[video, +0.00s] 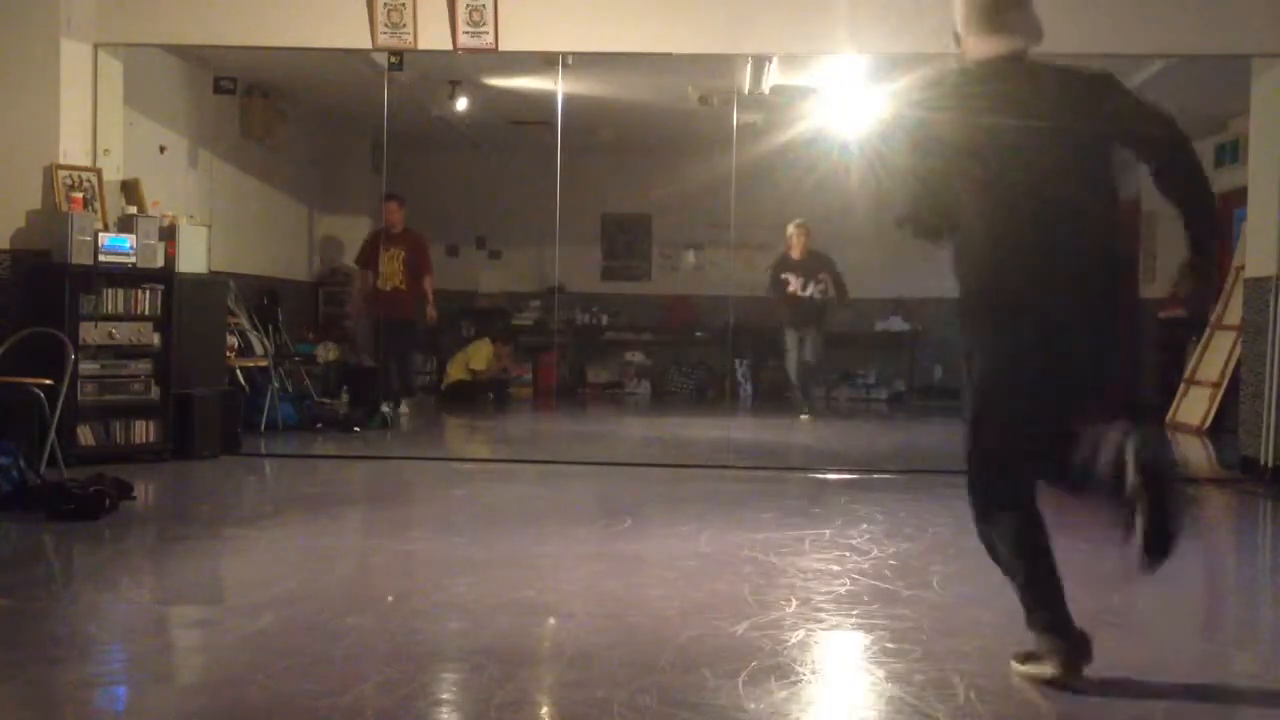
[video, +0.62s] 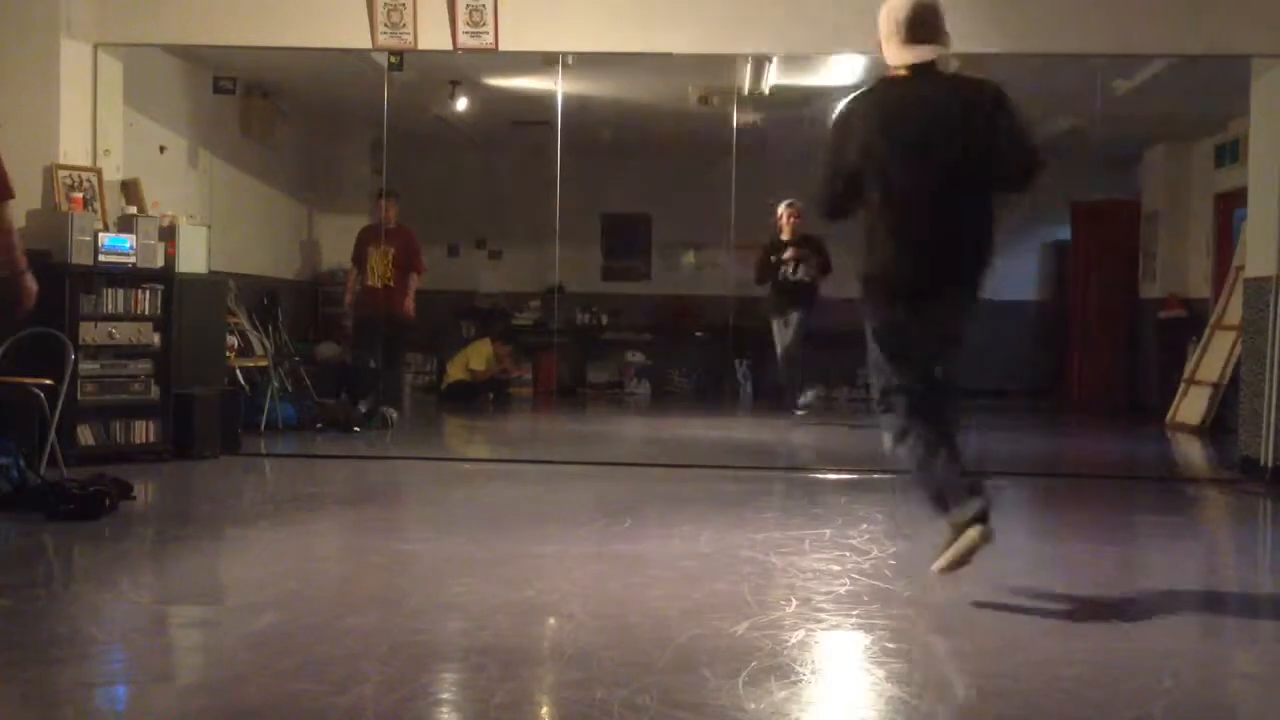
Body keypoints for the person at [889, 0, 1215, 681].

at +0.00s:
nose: (970, 38)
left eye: (965, 28)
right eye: (1011, 25)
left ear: (961, 34)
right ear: (1031, 28)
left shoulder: (942, 105)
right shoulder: (1090, 92)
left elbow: (921, 215)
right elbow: (1170, 146)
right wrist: (1205, 254)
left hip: (1005, 313)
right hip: (1092, 306)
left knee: (996, 487)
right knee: (1045, 447)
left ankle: (1055, 638)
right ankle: (1123, 469)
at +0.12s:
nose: (987, 28)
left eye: (980, 18)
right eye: (1018, 21)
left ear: (973, 20)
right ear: (1036, 21)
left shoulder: (938, 84)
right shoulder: (1079, 78)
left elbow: (883, 179)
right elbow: (1134, 144)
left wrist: (887, 278)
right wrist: (1133, 233)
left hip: (967, 270)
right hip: (1052, 267)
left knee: (976, 413)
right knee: (1038, 415)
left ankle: (1036, 514)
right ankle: (1044, 581)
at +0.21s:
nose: (993, 36)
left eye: (976, 26)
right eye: (1018, 28)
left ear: (970, 35)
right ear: (1035, 36)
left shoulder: (927, 104)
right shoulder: (1063, 108)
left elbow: (854, 189)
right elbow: (1098, 210)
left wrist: (845, 276)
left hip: (955, 286)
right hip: (1036, 288)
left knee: (965, 398)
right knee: (1037, 448)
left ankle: (988, 440)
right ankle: (1015, 610)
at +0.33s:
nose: (928, 71)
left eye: (926, 59)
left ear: (931, 59)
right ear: (983, 53)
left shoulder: (905, 116)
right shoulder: (1031, 112)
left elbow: (845, 193)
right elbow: (1065, 206)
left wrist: (848, 267)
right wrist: (1041, 249)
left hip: (938, 294)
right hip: (1018, 295)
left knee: (940, 426)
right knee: (1019, 436)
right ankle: (1013, 587)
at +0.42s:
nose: (908, 84)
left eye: (902, 74)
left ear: (901, 73)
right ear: (955, 66)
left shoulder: (884, 134)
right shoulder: (1007, 128)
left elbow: (867, 223)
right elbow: (1057, 202)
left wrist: (865, 295)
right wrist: (1046, 283)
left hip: (925, 307)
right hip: (999, 304)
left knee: (905, 443)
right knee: (999, 414)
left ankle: (924, 579)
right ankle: (1003, 520)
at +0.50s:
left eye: (893, 64)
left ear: (892, 63)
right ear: (944, 55)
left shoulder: (884, 129)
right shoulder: (994, 115)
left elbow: (869, 221)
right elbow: (1047, 170)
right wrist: (1041, 239)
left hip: (909, 295)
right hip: (983, 287)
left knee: (900, 437)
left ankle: (925, 573)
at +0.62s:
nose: (882, 47)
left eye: (883, 38)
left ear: (887, 43)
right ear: (942, 39)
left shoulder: (865, 110)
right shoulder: (983, 99)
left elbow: (834, 203)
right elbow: (1021, 170)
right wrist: (966, 176)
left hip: (895, 273)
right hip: (962, 269)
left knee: (898, 401)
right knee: (937, 384)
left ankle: (961, 508)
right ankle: (958, 496)